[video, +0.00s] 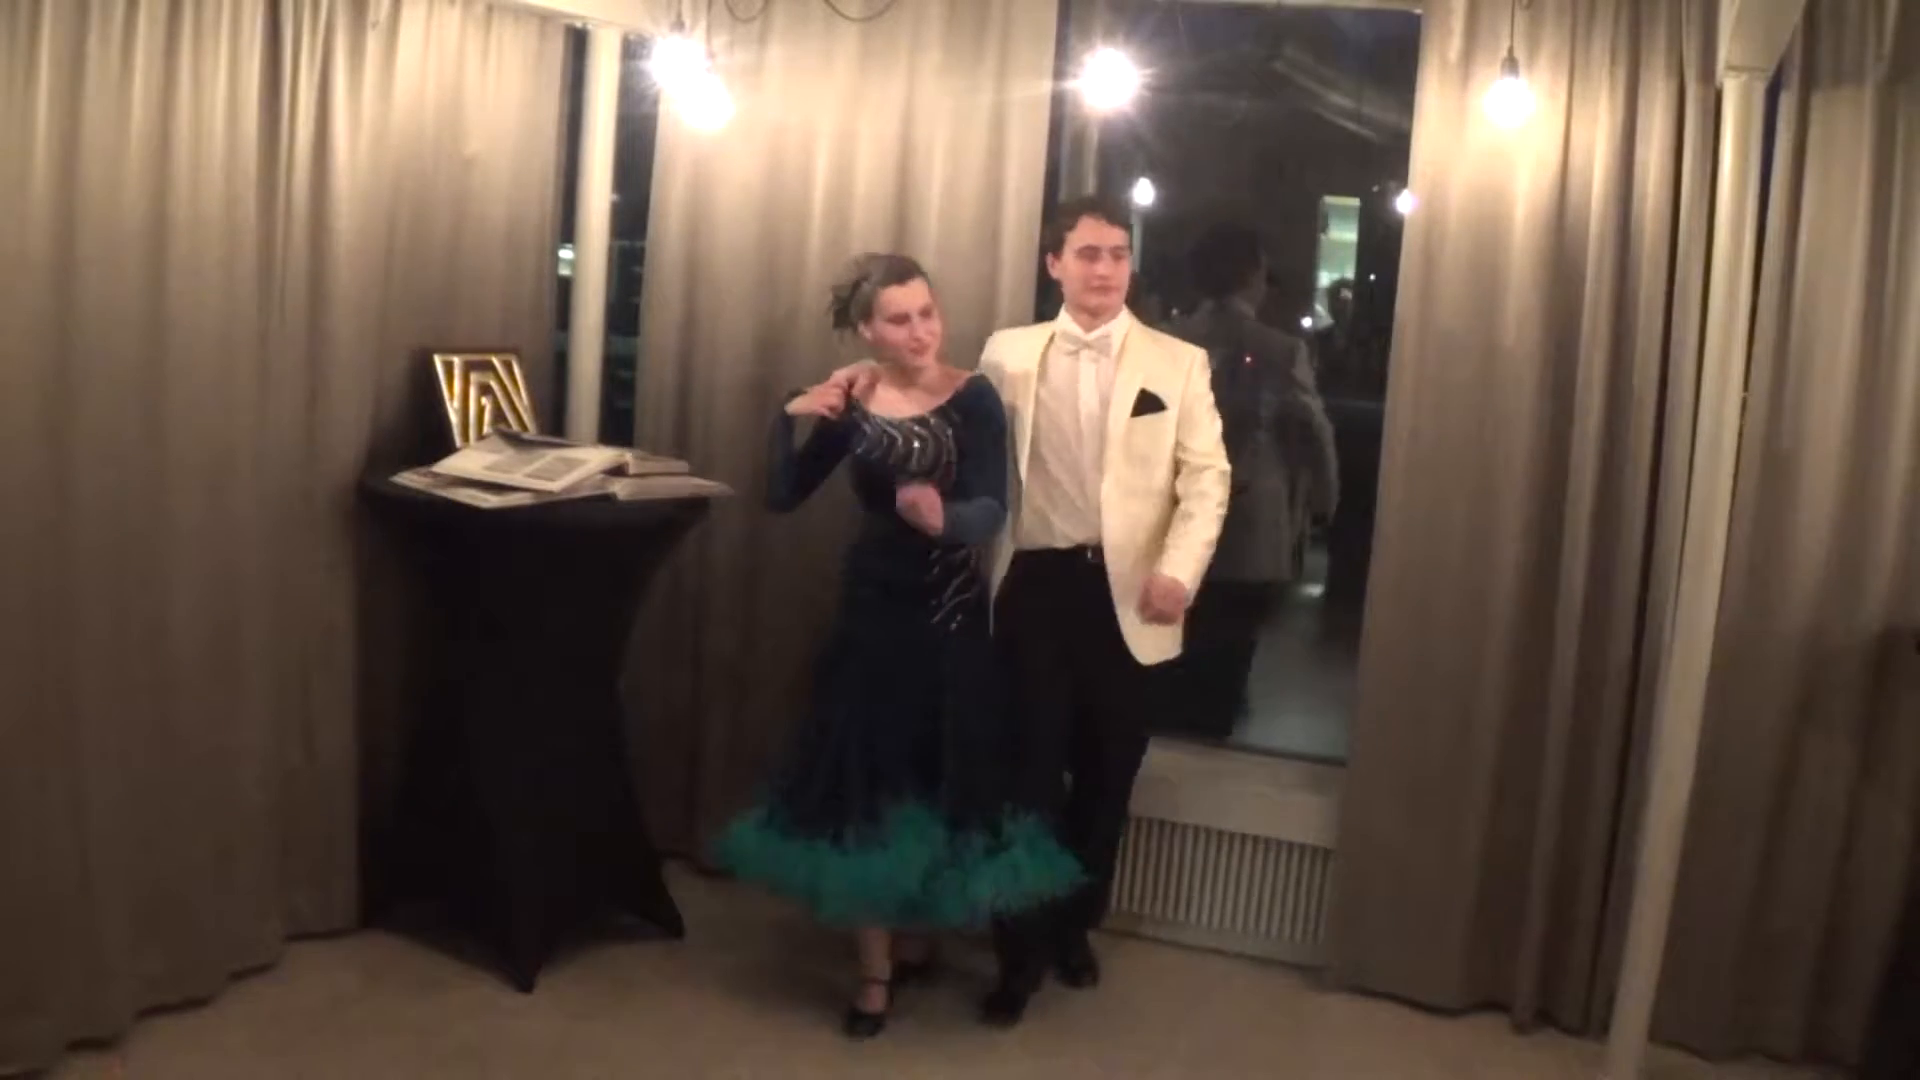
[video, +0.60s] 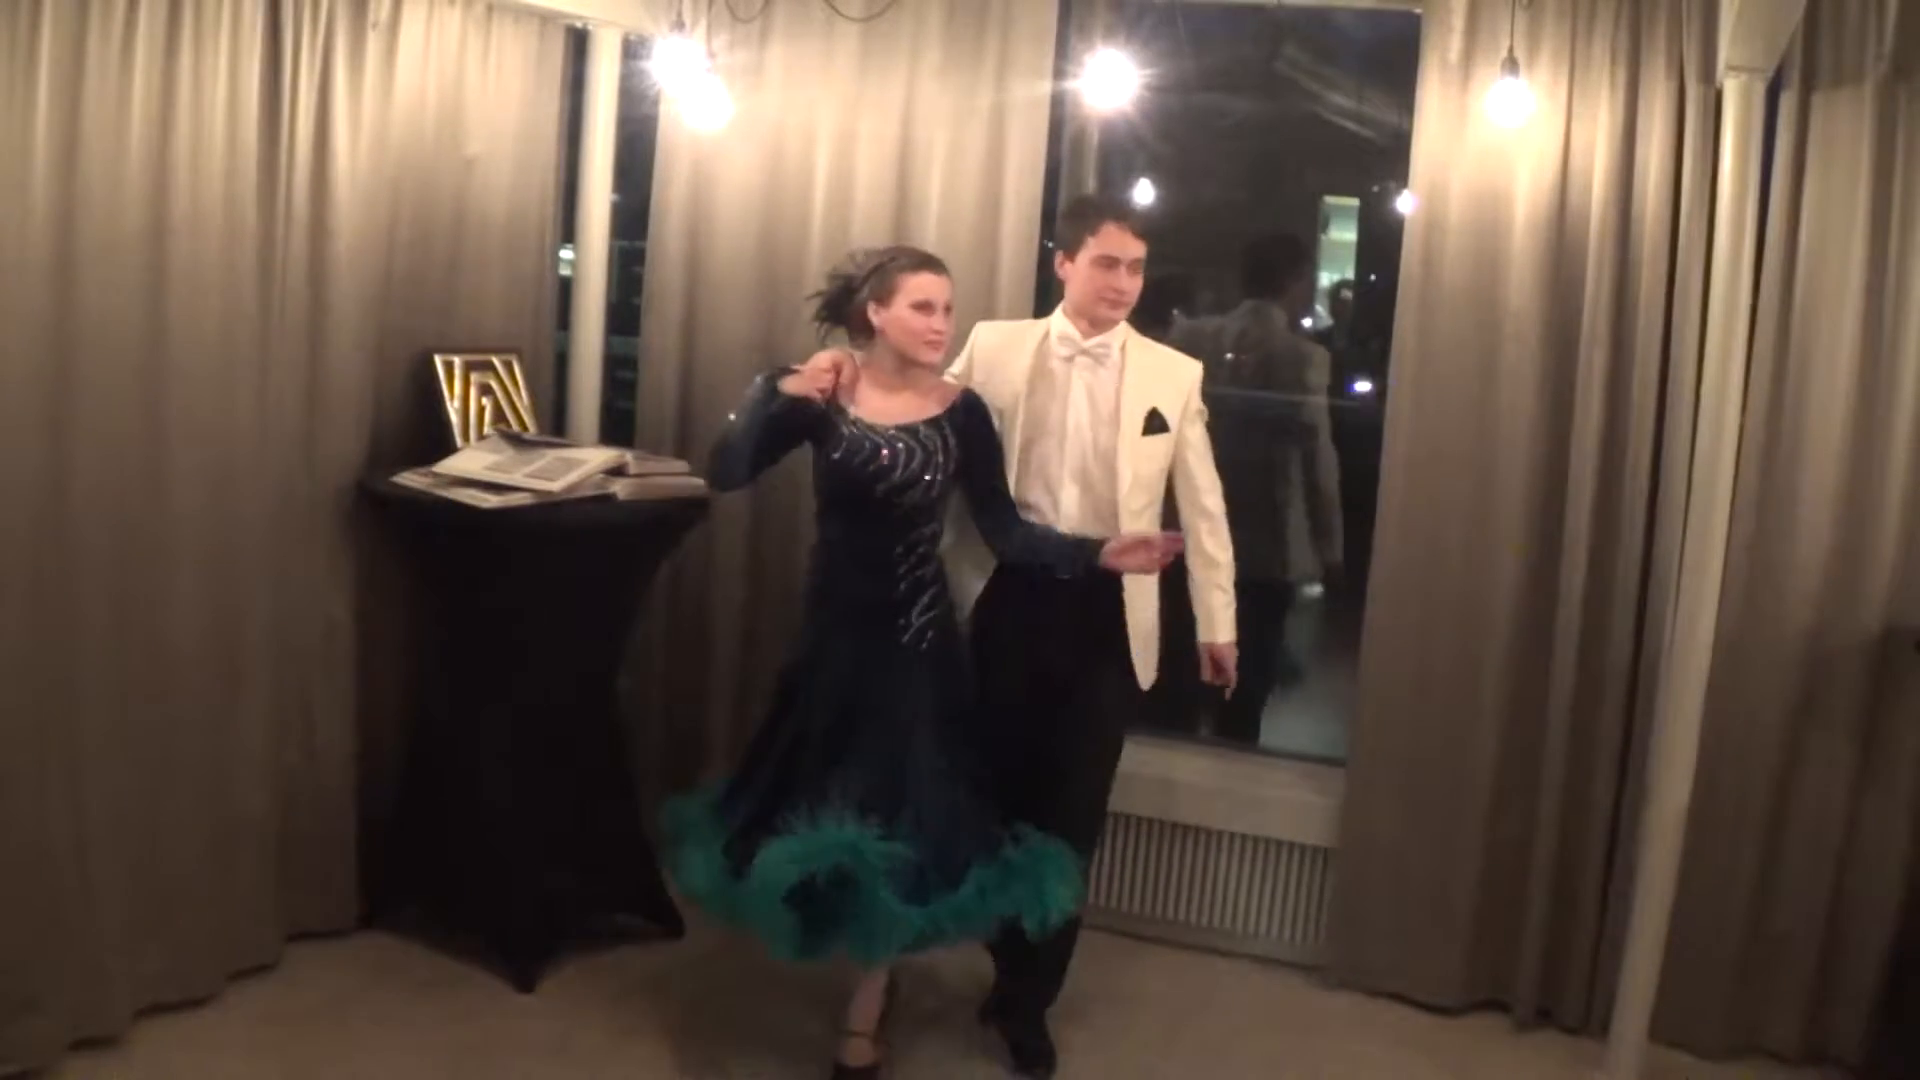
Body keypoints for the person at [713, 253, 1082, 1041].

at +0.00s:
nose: (918, 330)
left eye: (926, 313)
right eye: (899, 320)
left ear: (940, 311)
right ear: (866, 332)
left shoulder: (974, 397)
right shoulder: (852, 402)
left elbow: (992, 509)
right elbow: (785, 493)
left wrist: (946, 519)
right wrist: (796, 420)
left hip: (954, 604)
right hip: (876, 598)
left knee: (934, 757)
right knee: (866, 759)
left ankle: (916, 922)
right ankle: (872, 956)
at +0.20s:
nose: (922, 336)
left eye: (930, 320)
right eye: (903, 325)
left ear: (943, 325)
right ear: (866, 336)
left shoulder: (971, 415)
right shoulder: (845, 408)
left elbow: (982, 529)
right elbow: (770, 495)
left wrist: (973, 625)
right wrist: (791, 423)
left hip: (941, 618)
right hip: (862, 611)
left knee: (935, 770)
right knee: (865, 777)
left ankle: (923, 920)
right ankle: (874, 955)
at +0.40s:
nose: (933, 323)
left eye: (940, 309)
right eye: (915, 309)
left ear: (948, 317)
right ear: (869, 317)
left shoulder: (968, 407)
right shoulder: (837, 393)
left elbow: (991, 525)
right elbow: (747, 479)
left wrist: (1055, 607)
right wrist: (788, 400)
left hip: (933, 617)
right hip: (850, 611)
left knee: (917, 793)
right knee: (848, 785)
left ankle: (883, 985)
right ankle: (878, 954)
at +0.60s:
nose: (942, 324)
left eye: (948, 310)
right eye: (924, 308)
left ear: (953, 320)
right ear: (872, 316)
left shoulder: (962, 412)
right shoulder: (827, 400)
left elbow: (1005, 532)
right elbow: (726, 471)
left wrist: (1105, 551)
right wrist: (782, 389)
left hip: (924, 626)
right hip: (842, 620)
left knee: (905, 799)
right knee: (846, 790)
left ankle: (870, 985)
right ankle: (872, 965)